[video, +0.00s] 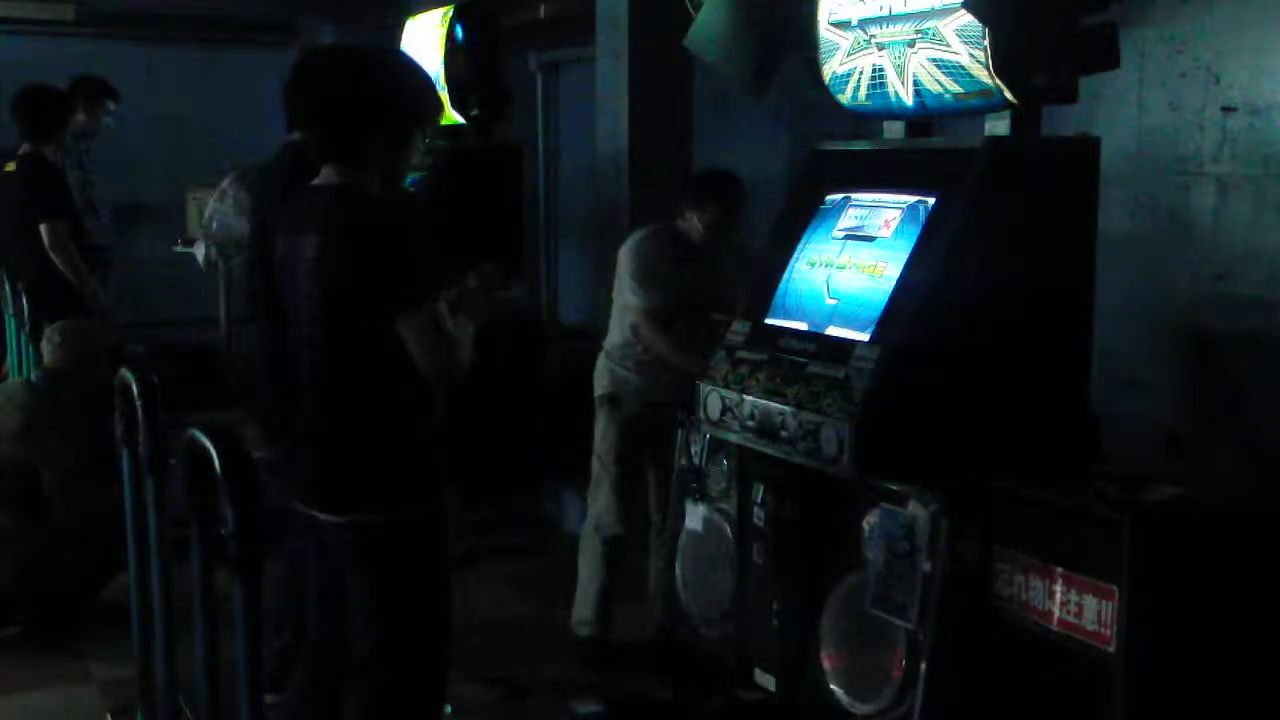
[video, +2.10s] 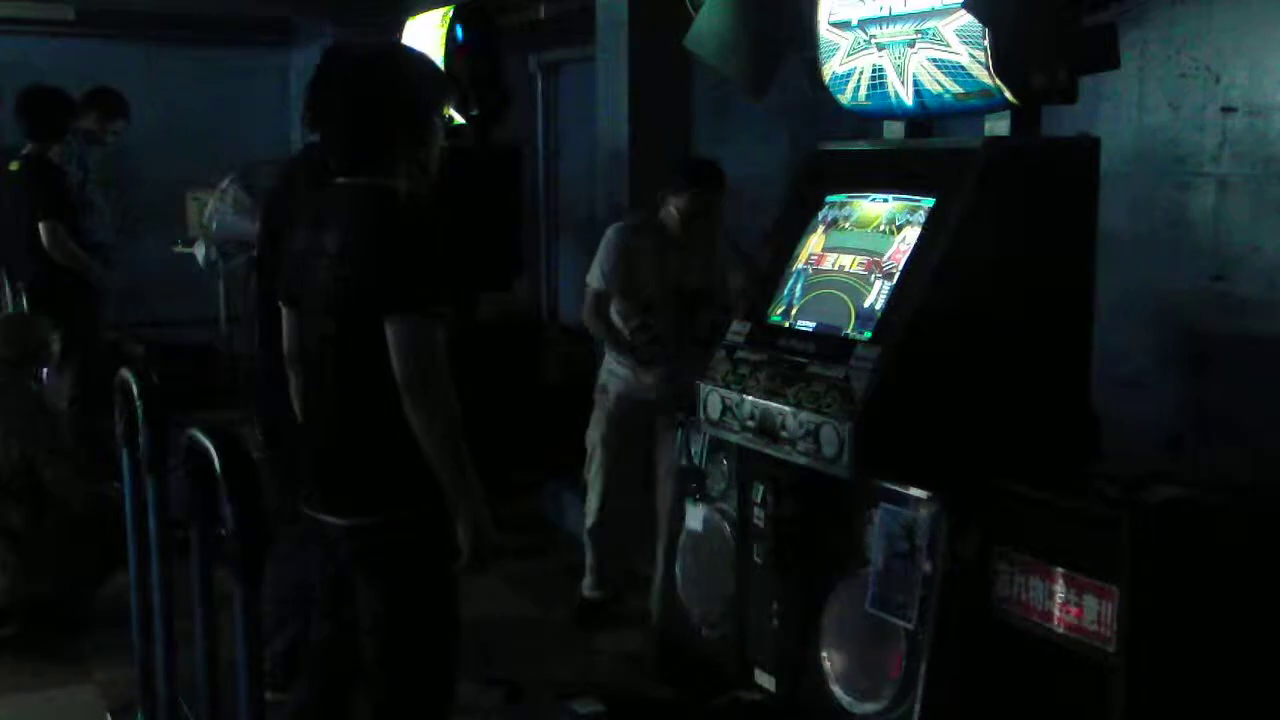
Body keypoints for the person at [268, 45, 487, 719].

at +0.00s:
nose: (418, 146)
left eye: (417, 128)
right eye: (411, 128)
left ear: (320, 128)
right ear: (384, 130)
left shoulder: (286, 216)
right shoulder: (387, 221)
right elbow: (443, 358)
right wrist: (467, 305)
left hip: (306, 479)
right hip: (386, 489)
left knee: (321, 661)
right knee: (401, 671)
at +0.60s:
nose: (423, 135)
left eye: (423, 117)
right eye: (417, 117)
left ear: (331, 111)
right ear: (388, 119)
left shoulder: (303, 204)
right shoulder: (387, 213)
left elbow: (286, 319)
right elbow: (429, 360)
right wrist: (471, 361)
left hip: (317, 460)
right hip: (385, 472)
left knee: (328, 643)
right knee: (400, 660)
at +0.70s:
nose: (423, 136)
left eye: (423, 118)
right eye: (417, 118)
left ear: (332, 114)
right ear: (386, 120)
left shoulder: (302, 207)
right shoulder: (384, 215)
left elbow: (287, 328)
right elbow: (417, 358)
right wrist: (482, 414)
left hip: (320, 461)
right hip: (385, 472)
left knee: (329, 644)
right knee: (402, 659)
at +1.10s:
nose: (431, 137)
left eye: (431, 119)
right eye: (423, 120)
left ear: (335, 116)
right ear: (394, 125)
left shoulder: (306, 203)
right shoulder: (391, 220)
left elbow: (276, 344)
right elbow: (408, 375)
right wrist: (456, 501)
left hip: (319, 474)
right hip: (385, 487)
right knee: (401, 666)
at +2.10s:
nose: (441, 135)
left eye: (440, 117)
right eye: (433, 117)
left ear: (330, 118)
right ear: (397, 121)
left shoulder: (300, 198)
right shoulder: (398, 214)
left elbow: (292, 346)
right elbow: (414, 369)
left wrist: (310, 430)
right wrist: (465, 495)